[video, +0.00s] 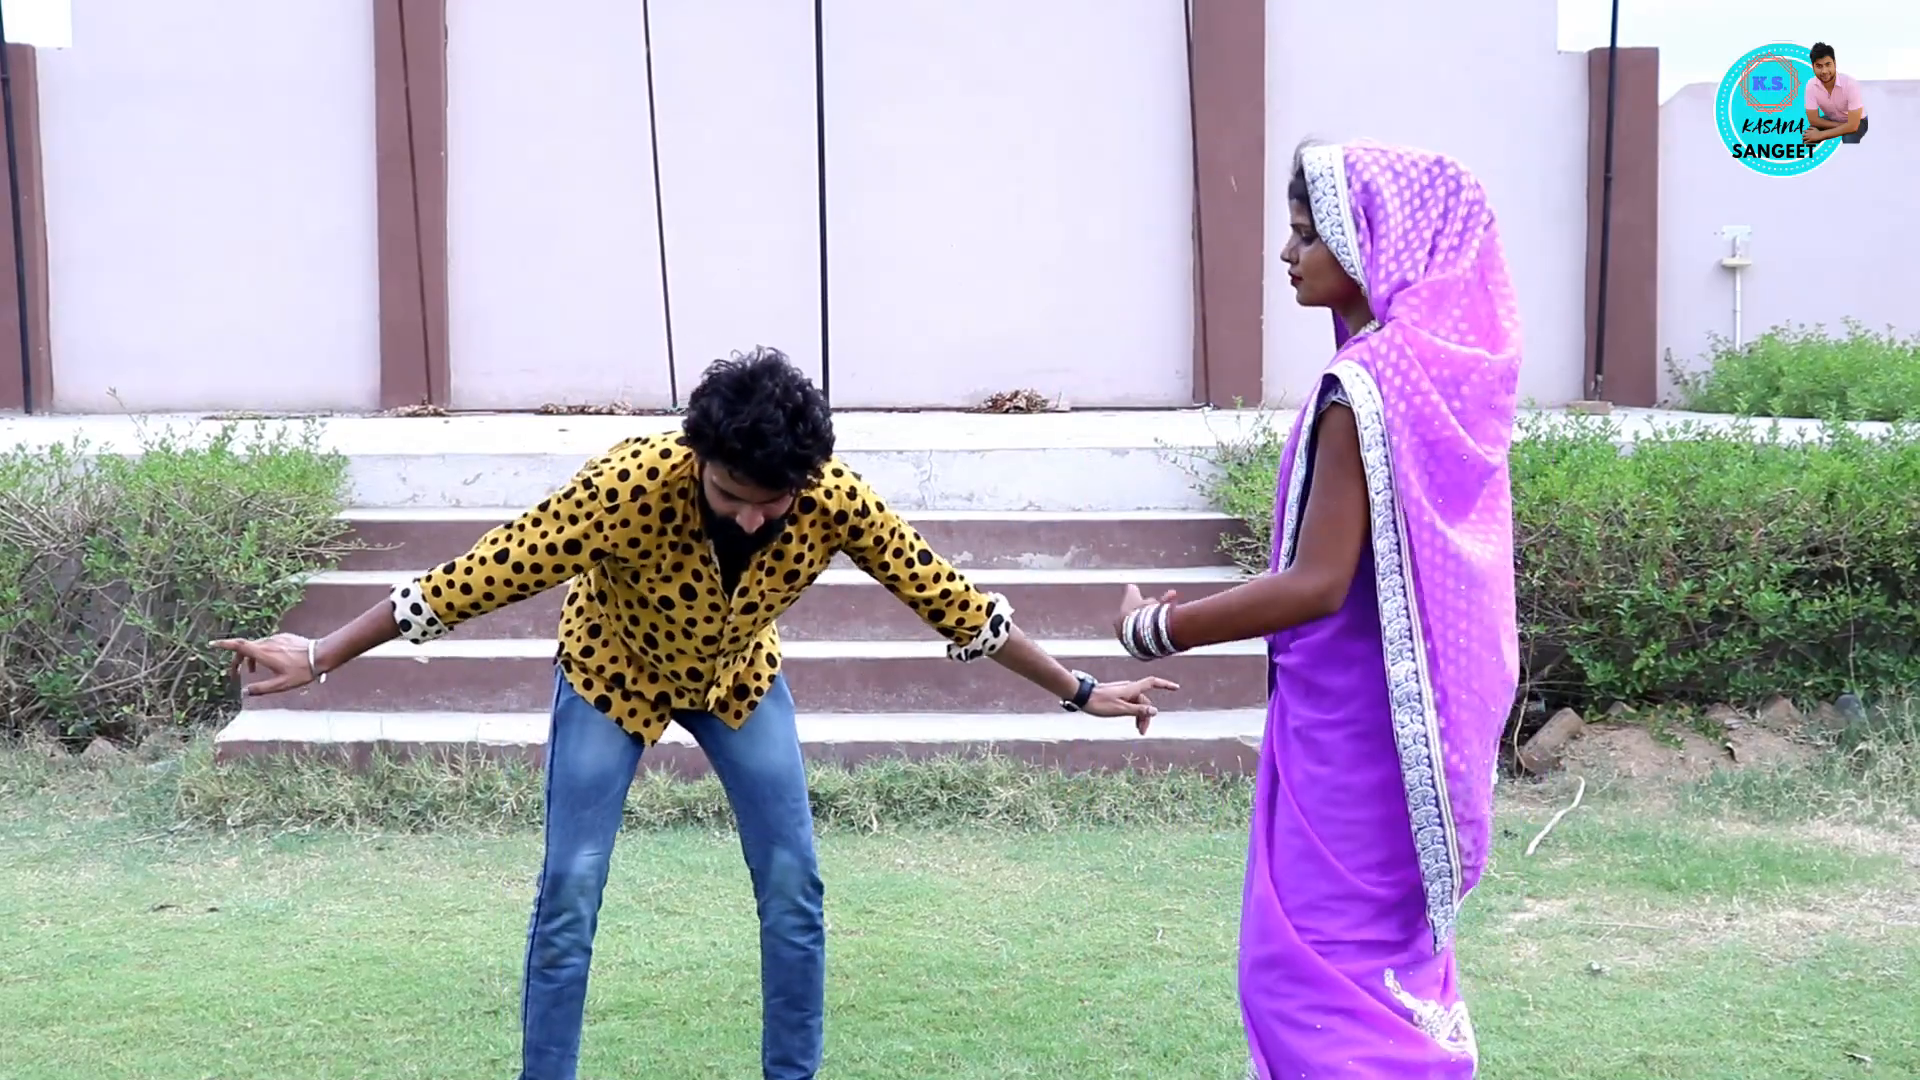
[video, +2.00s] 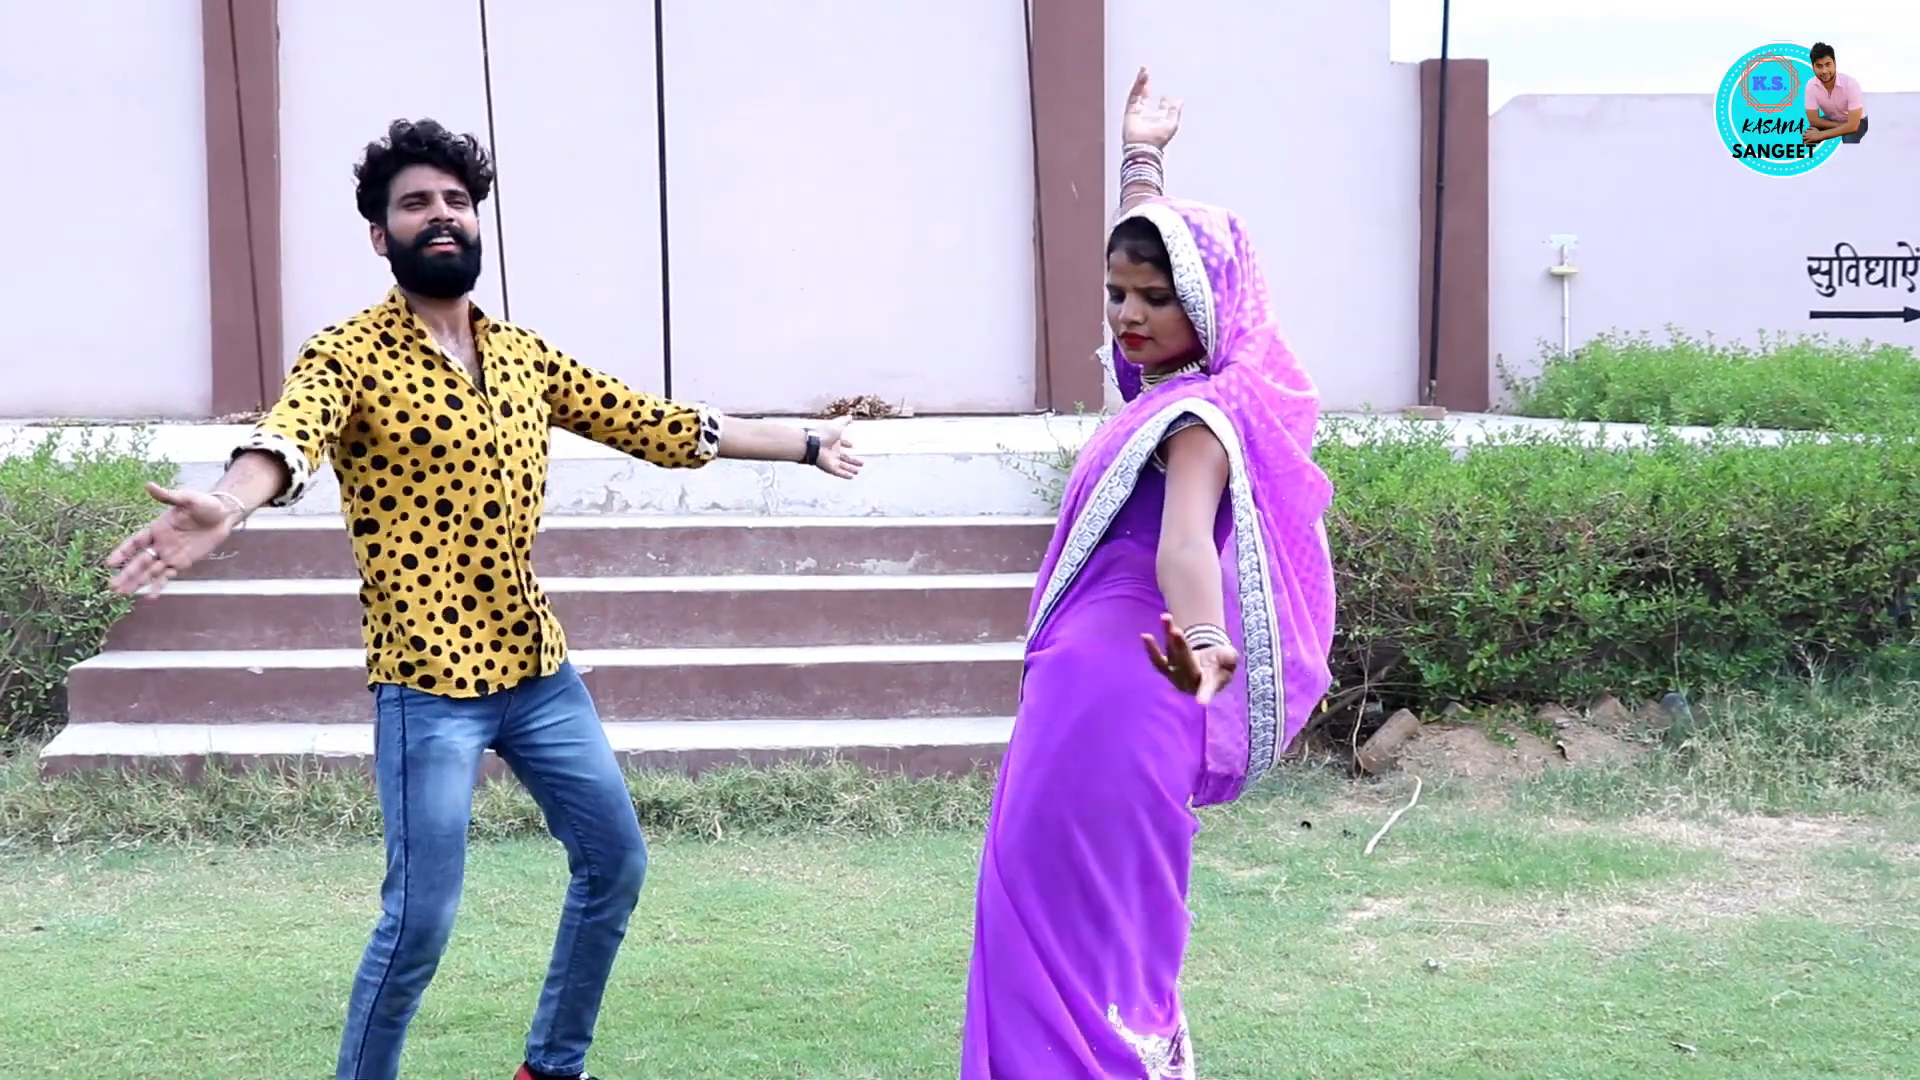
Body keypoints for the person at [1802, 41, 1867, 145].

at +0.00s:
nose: (1824, 71)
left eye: (1828, 65)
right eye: (1819, 66)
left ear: (1835, 64)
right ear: (1813, 67)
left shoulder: (1850, 84)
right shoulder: (1812, 85)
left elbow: (1853, 126)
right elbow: (1813, 120)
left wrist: (1820, 135)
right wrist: (1843, 126)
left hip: (1854, 122)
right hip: (1829, 121)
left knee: (1849, 140)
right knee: (1810, 136)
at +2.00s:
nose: (1824, 71)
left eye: (1828, 65)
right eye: (1819, 66)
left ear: (1835, 64)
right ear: (1813, 67)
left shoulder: (1850, 84)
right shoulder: (1812, 85)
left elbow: (1853, 126)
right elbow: (1813, 120)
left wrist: (1820, 135)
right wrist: (1843, 126)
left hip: (1854, 122)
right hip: (1829, 121)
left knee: (1849, 140)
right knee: (1810, 136)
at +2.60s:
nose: (1824, 71)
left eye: (1828, 65)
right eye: (1819, 66)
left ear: (1835, 64)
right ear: (1813, 67)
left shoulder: (1850, 85)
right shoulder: (1811, 86)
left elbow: (1853, 126)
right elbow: (1813, 120)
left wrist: (1820, 135)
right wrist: (1843, 126)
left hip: (1855, 122)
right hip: (1829, 121)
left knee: (1849, 140)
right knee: (1810, 136)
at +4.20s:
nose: (1824, 71)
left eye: (1828, 65)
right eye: (1819, 66)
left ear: (1835, 63)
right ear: (1813, 67)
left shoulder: (1850, 85)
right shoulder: (1812, 86)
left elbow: (1853, 126)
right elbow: (1813, 120)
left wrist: (1820, 135)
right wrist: (1843, 126)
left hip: (1855, 122)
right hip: (1830, 121)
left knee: (1848, 140)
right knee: (1810, 136)